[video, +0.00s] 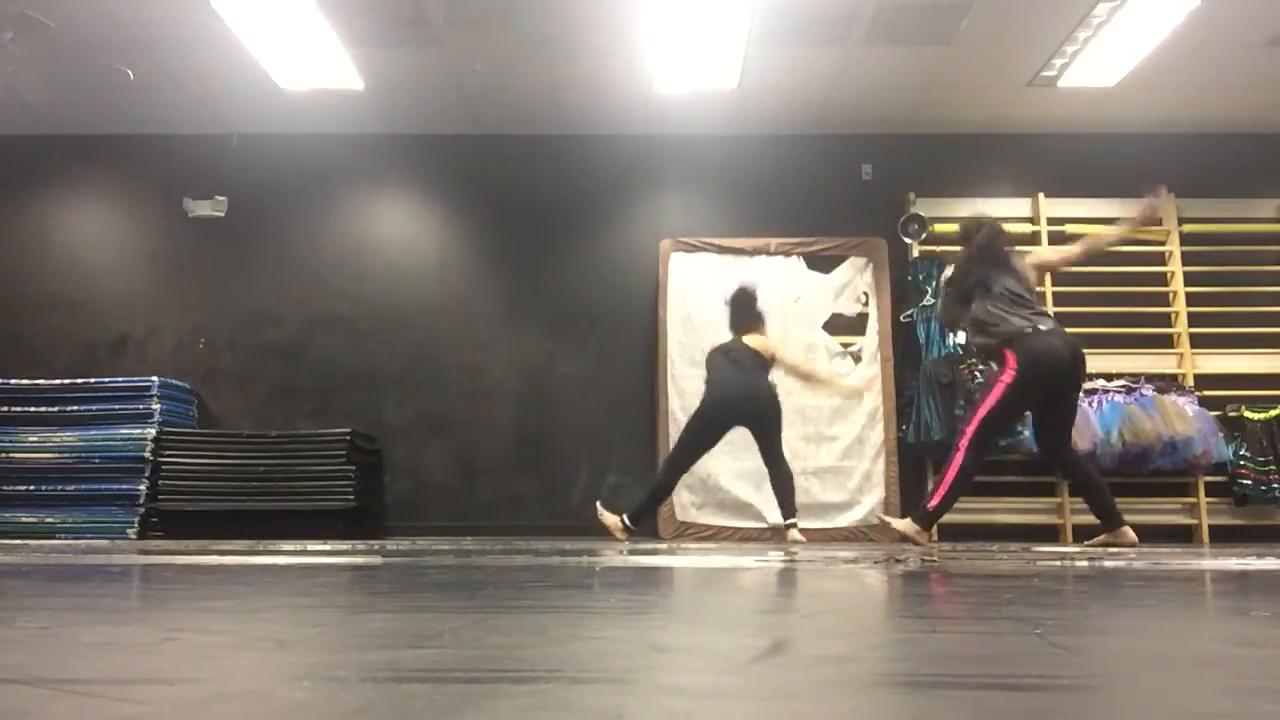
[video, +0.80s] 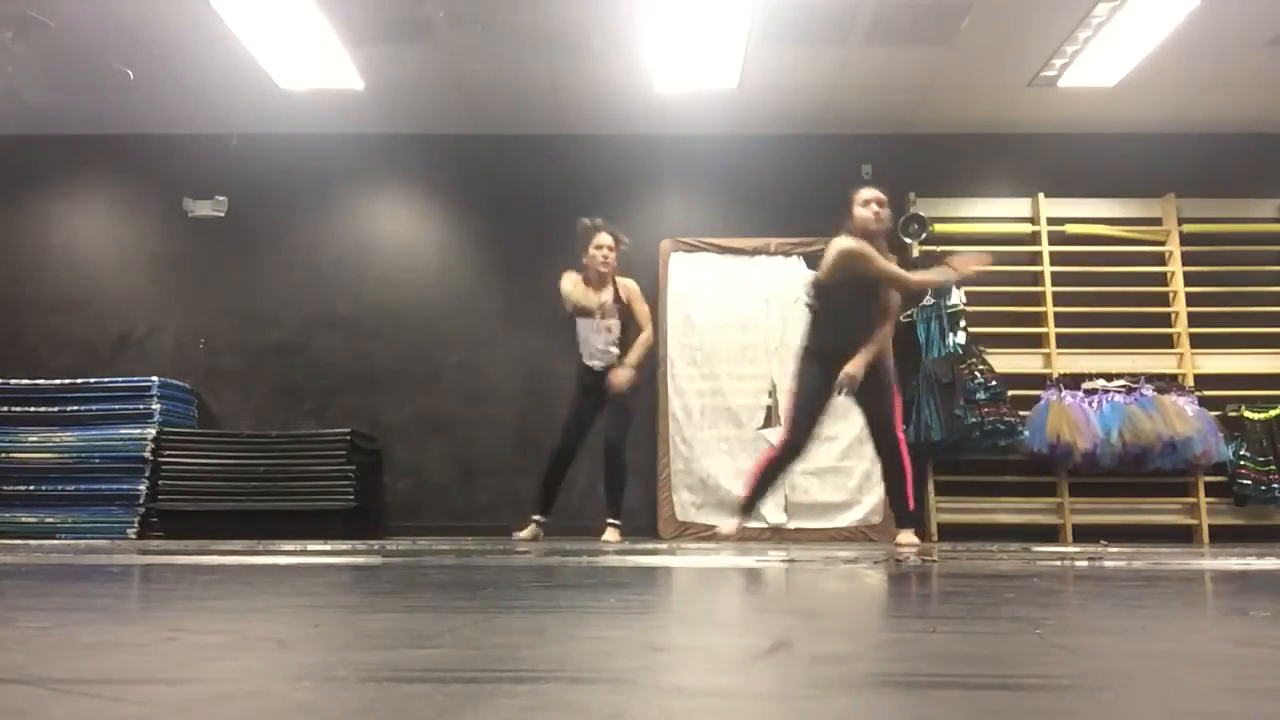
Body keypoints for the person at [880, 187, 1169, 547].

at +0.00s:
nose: (960, 248)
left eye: (961, 243)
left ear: (966, 248)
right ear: (1001, 242)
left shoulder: (960, 278)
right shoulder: (1024, 260)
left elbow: (949, 321)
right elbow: (1081, 250)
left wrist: (957, 280)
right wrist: (1135, 222)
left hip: (1026, 354)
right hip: (1068, 350)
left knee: (972, 435)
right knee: (1057, 447)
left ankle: (921, 522)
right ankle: (1116, 527)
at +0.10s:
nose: (932, 299)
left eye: (935, 292)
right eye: (931, 292)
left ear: (947, 290)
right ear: (970, 280)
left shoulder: (950, 317)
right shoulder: (1006, 294)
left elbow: (930, 372)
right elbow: (1055, 298)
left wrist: (932, 331)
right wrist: (1110, 293)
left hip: (1042, 370)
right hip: (1076, 365)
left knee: (970, 433)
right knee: (1047, 457)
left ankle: (921, 524)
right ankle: (1116, 528)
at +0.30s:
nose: (880, 327)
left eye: (885, 318)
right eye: (878, 319)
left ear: (909, 318)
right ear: (907, 318)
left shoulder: (934, 335)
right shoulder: (923, 339)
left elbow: (956, 394)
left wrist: (920, 373)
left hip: (1030, 393)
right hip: (1033, 394)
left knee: (952, 437)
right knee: (1011, 486)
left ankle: (918, 529)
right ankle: (1107, 519)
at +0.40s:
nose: (874, 310)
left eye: (881, 300)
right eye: (870, 302)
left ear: (908, 302)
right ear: (872, 307)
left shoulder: (946, 322)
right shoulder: (887, 336)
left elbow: (981, 375)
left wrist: (918, 375)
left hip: (998, 383)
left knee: (944, 440)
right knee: (994, 492)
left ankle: (917, 529)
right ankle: (1093, 511)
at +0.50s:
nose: (886, 283)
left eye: (894, 275)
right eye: (880, 277)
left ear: (912, 279)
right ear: (872, 284)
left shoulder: (943, 308)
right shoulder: (870, 329)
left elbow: (978, 358)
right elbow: (842, 384)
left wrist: (925, 365)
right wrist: (813, 437)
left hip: (966, 378)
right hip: (926, 388)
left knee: (932, 437)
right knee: (961, 475)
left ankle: (914, 529)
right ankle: (1044, 498)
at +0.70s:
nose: (890, 229)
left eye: (896, 223)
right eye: (881, 223)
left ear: (905, 233)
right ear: (866, 233)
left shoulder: (911, 276)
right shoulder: (855, 274)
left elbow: (914, 336)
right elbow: (909, 307)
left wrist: (877, 373)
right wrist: (961, 322)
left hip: (902, 360)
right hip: (856, 363)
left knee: (905, 437)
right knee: (845, 434)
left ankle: (910, 526)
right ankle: (830, 475)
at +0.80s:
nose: (875, 210)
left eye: (881, 205)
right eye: (866, 204)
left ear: (890, 216)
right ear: (850, 214)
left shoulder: (890, 263)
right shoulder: (846, 249)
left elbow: (887, 324)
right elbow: (907, 281)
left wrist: (861, 360)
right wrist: (953, 273)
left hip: (870, 356)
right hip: (824, 356)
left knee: (888, 437)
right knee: (795, 440)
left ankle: (906, 527)